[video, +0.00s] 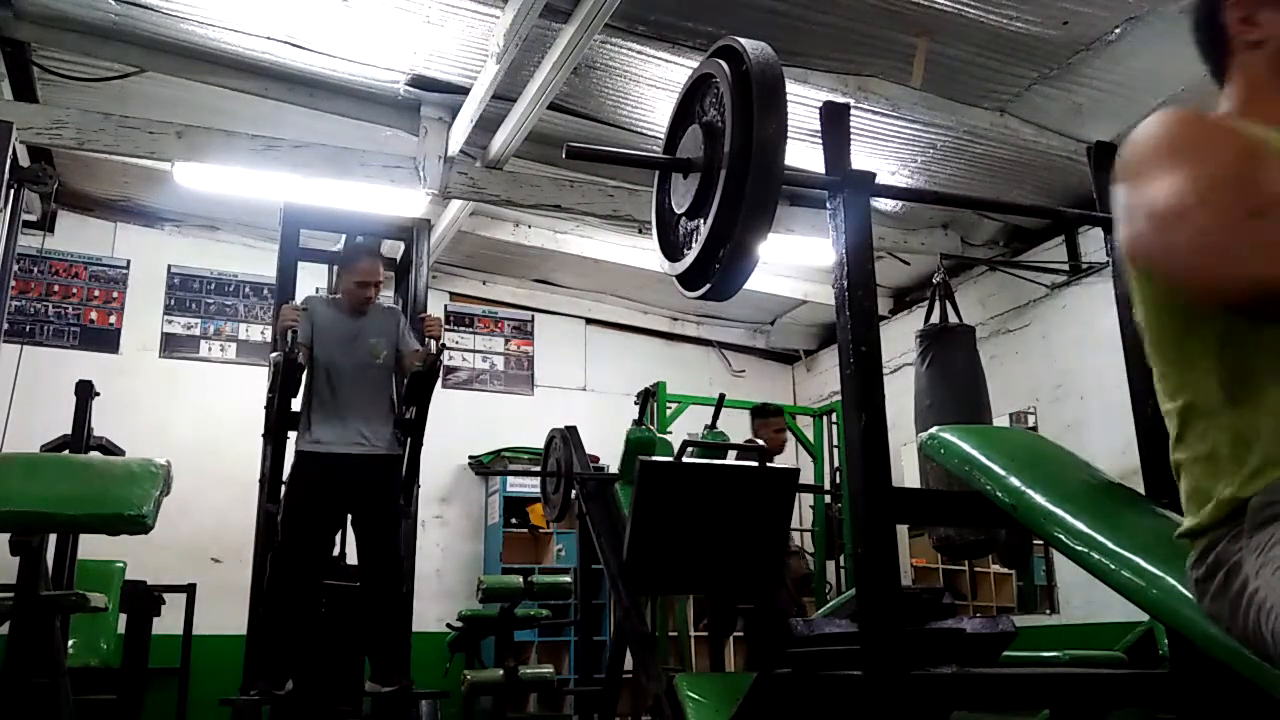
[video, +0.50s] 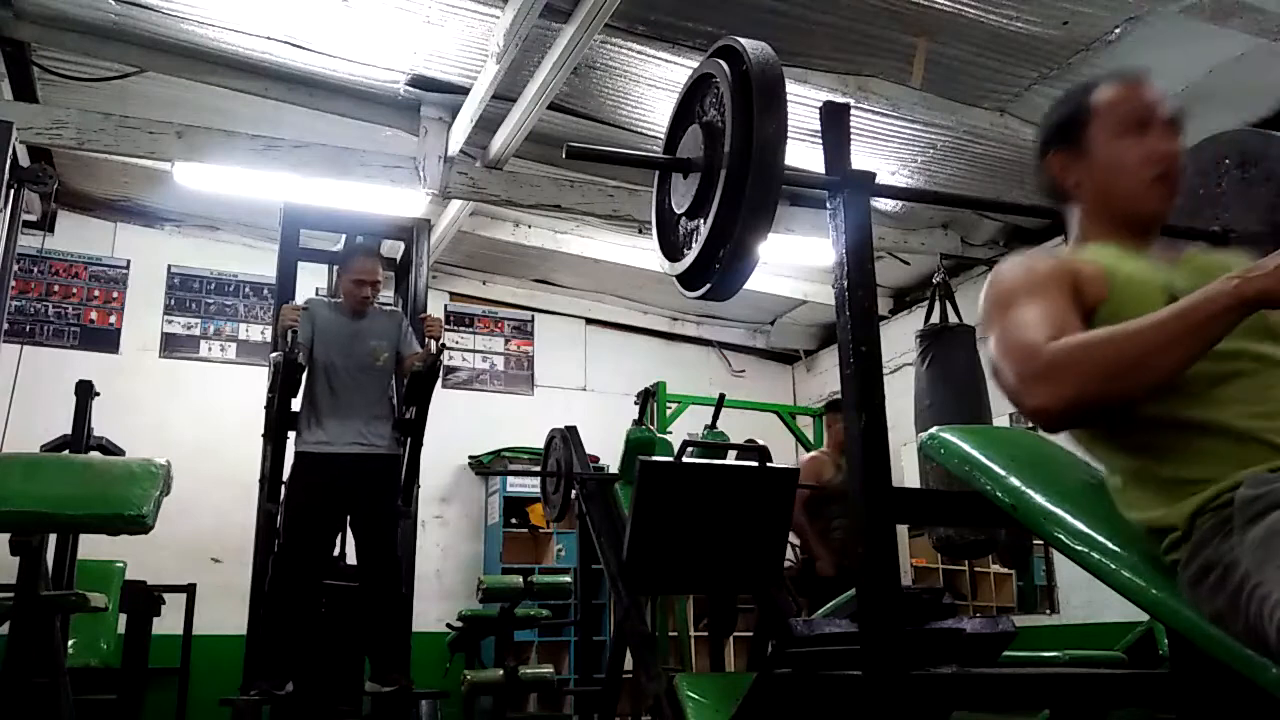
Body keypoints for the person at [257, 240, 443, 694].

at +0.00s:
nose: (372, 292)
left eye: (377, 284)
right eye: (364, 284)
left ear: (383, 282)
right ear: (341, 279)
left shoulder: (391, 318)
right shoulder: (312, 313)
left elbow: (414, 372)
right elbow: (292, 369)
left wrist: (430, 346)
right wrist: (284, 337)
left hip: (377, 459)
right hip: (318, 456)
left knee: (383, 572)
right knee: (297, 567)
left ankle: (385, 673)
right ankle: (279, 672)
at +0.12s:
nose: (371, 296)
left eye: (377, 288)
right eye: (363, 288)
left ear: (382, 282)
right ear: (340, 278)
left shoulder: (389, 315)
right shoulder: (310, 310)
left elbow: (410, 367)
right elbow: (291, 368)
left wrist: (430, 345)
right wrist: (284, 336)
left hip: (378, 455)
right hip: (320, 454)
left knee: (383, 569)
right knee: (297, 565)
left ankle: (385, 671)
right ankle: (279, 671)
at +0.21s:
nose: (371, 295)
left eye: (377, 287)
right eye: (363, 287)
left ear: (381, 281)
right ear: (339, 278)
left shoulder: (388, 315)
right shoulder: (310, 311)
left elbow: (409, 366)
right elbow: (290, 369)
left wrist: (429, 345)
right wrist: (283, 336)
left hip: (378, 454)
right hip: (320, 453)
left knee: (383, 569)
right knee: (298, 564)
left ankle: (386, 671)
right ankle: (278, 671)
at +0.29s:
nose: (371, 294)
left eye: (376, 286)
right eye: (363, 286)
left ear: (381, 282)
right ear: (339, 279)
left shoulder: (390, 321)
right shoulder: (309, 313)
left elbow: (414, 376)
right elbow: (289, 371)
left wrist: (430, 349)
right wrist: (285, 334)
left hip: (378, 456)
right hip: (320, 454)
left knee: (384, 570)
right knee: (298, 566)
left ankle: (387, 673)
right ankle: (278, 673)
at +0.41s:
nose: (369, 293)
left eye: (375, 285)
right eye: (361, 284)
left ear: (382, 284)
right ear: (340, 280)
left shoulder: (393, 322)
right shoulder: (312, 314)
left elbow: (414, 376)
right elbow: (291, 365)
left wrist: (431, 348)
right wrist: (283, 332)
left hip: (377, 458)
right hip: (319, 456)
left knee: (383, 571)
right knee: (298, 567)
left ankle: (387, 672)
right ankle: (277, 673)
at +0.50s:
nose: (368, 292)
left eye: (375, 284)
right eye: (360, 282)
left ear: (382, 284)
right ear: (340, 280)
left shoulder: (394, 322)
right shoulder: (313, 313)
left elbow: (415, 377)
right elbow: (292, 366)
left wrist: (431, 348)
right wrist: (283, 333)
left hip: (377, 458)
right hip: (318, 456)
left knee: (382, 571)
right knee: (298, 567)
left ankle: (386, 672)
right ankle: (277, 673)